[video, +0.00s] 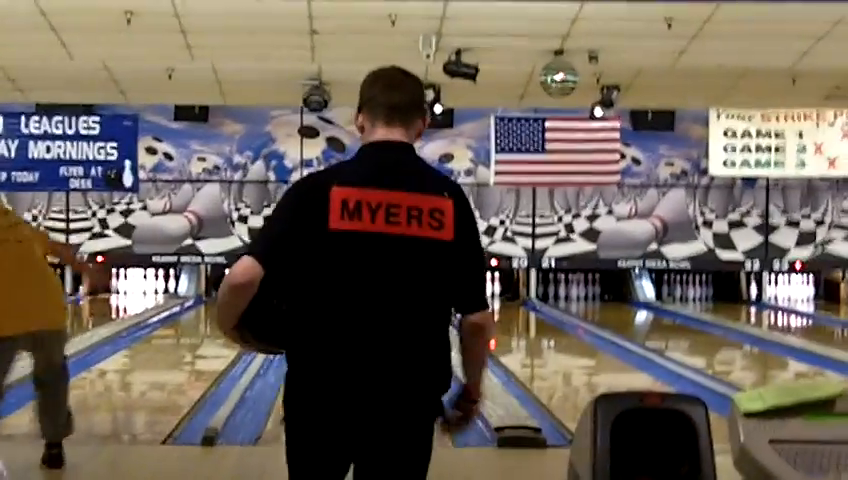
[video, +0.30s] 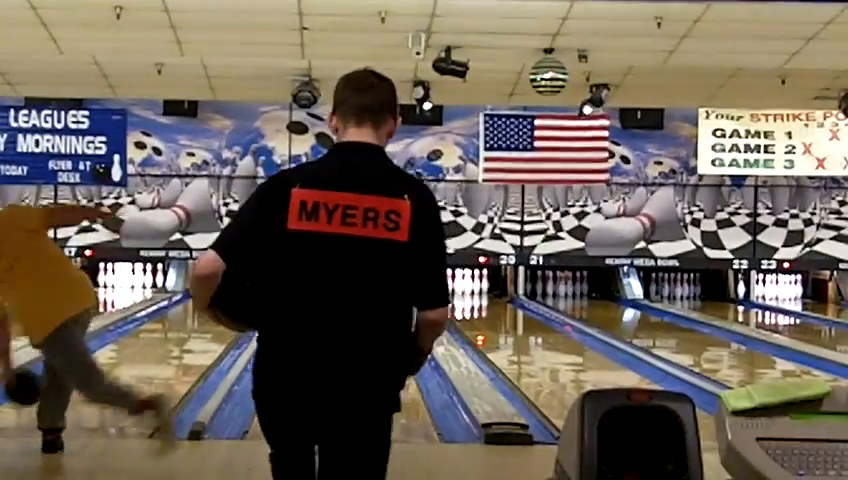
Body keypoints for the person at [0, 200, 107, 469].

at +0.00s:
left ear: (3, 209)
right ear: (7, 207)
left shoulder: (19, 227)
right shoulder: (23, 228)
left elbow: (59, 248)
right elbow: (60, 249)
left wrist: (83, 268)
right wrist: (85, 269)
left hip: (7, 315)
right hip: (46, 312)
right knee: (51, 379)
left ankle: (54, 443)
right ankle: (54, 444)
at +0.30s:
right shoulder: (10, 218)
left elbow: (4, 321)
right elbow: (54, 214)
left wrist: (7, 370)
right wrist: (98, 213)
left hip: (47, 317)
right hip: (80, 298)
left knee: (92, 384)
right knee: (57, 379)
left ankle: (149, 405)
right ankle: (51, 440)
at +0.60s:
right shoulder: (11, 226)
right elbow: (37, 206)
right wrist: (62, 199)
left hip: (69, 305)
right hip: (95, 287)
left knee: (124, 367)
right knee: (62, 357)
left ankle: (202, 365)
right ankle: (53, 433)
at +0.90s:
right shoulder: (24, 218)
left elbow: (2, 327)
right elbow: (84, 212)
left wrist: (7, 370)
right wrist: (131, 205)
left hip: (68, 302)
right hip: (94, 286)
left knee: (105, 374)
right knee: (54, 359)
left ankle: (180, 407)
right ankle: (51, 430)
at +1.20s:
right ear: (5, 195)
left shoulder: (2, 218)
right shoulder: (37, 207)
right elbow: (90, 214)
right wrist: (137, 221)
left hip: (63, 296)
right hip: (90, 286)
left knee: (93, 373)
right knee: (49, 361)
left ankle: (164, 409)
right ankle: (51, 430)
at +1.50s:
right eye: (7, 176)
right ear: (10, 178)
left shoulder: (2, 223)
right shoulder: (46, 199)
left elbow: (7, 293)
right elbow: (99, 213)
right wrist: (144, 232)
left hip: (57, 295)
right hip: (90, 286)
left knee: (84, 372)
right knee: (48, 359)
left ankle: (151, 410)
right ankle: (50, 429)